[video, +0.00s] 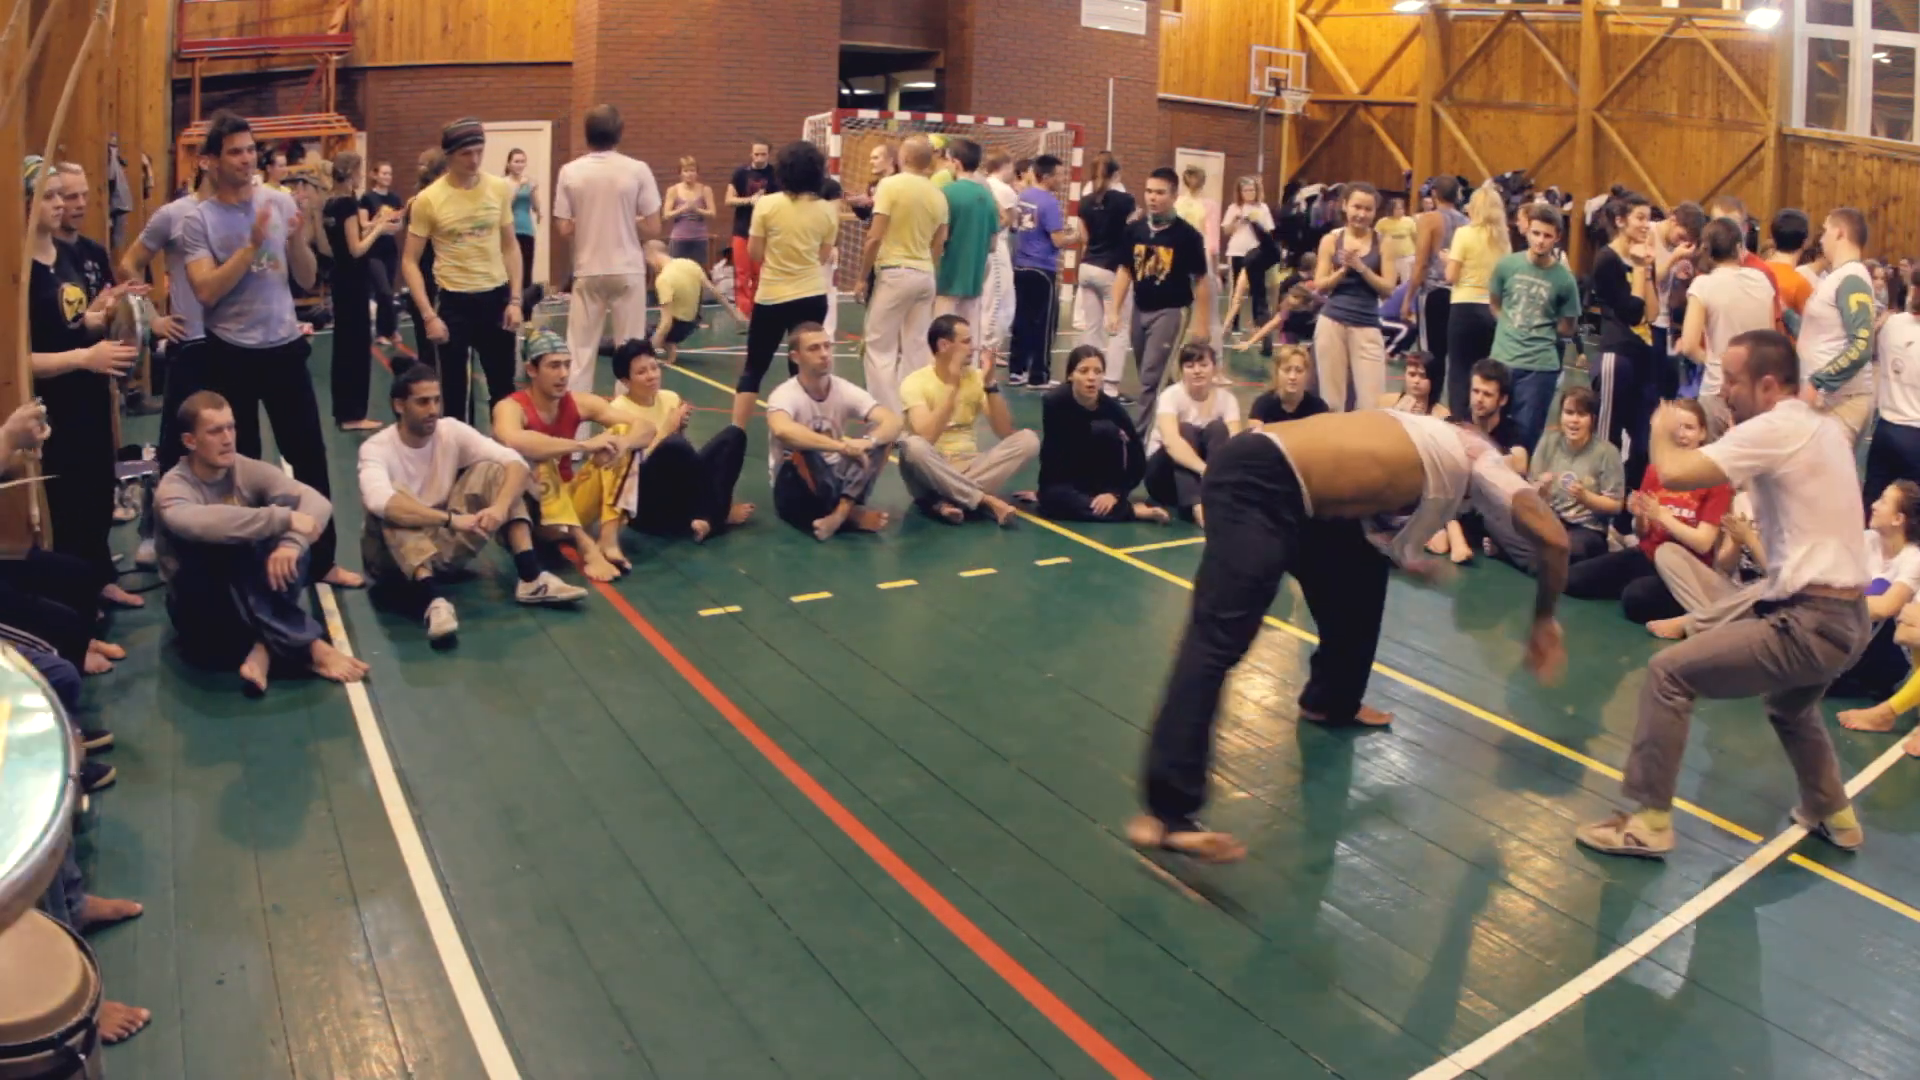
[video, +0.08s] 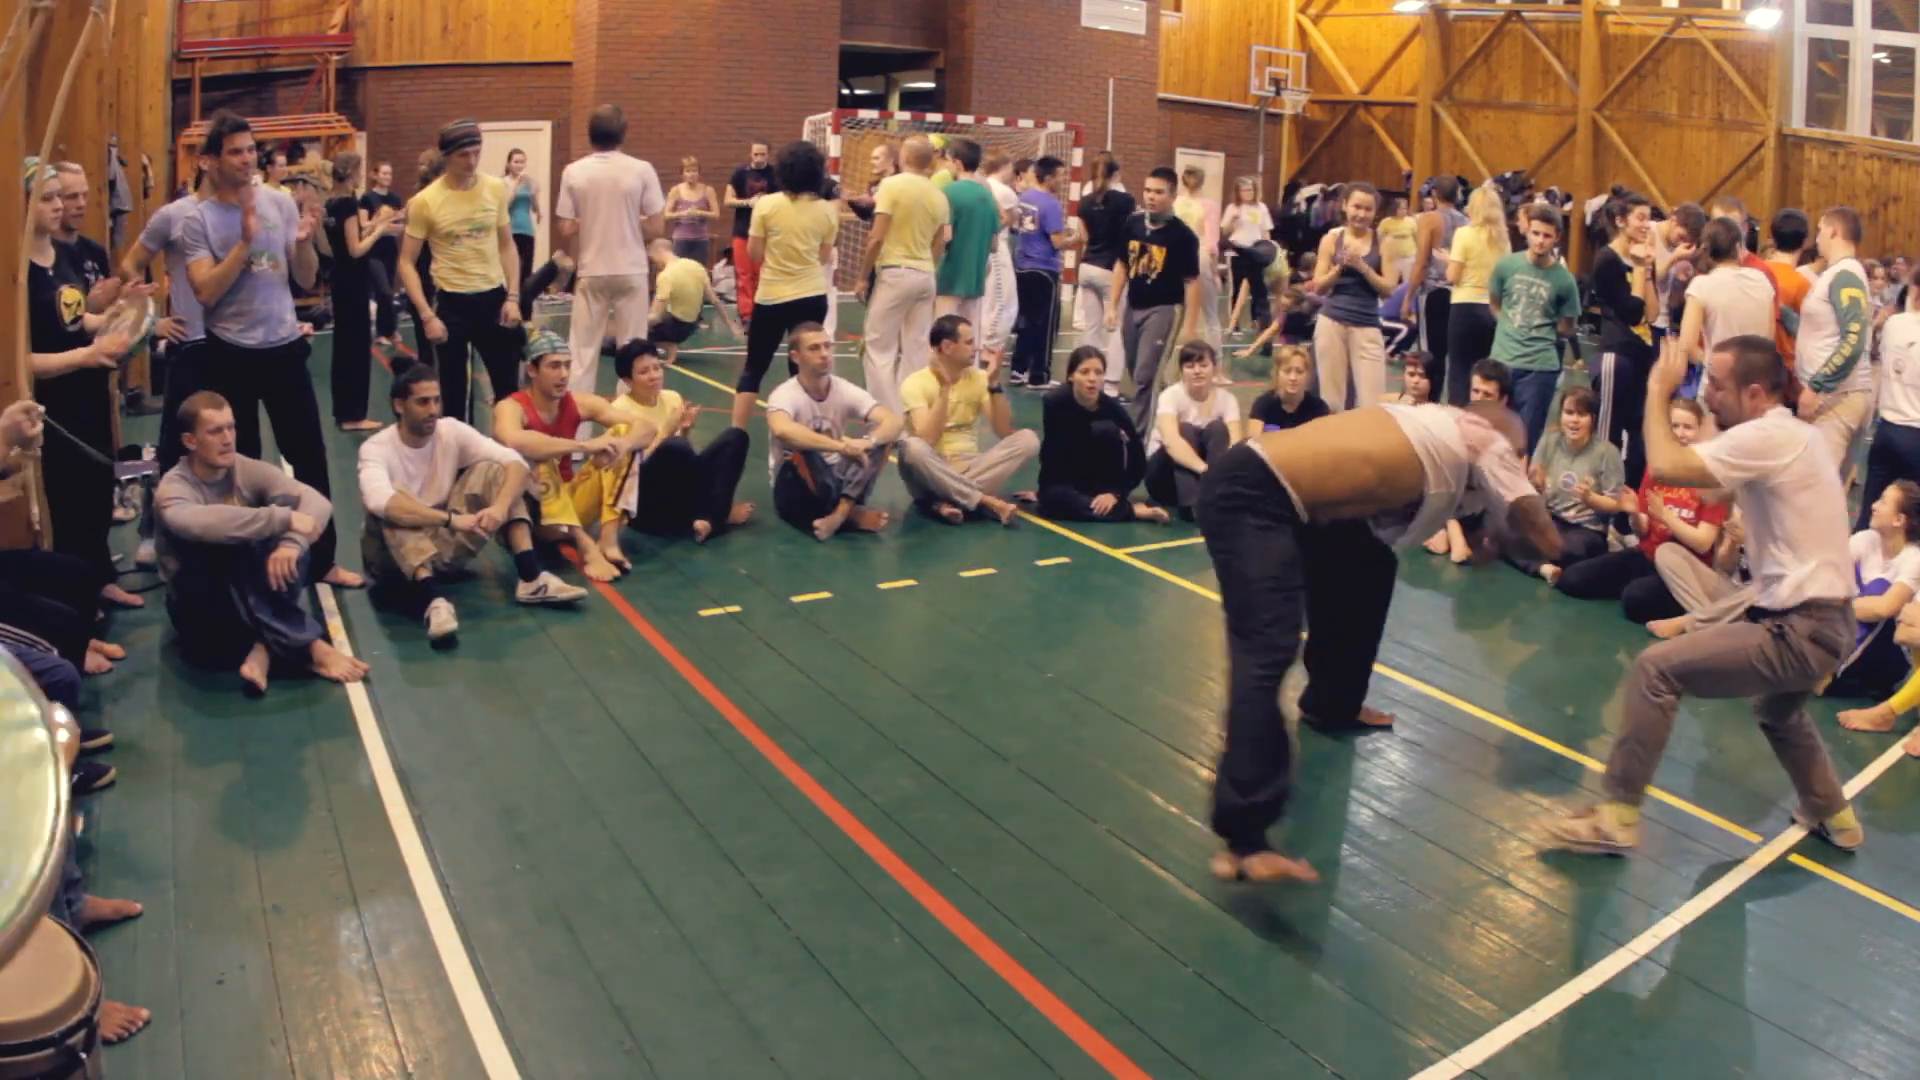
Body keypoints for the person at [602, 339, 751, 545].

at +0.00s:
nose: (651, 376)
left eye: (654, 368)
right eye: (642, 372)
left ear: (660, 369)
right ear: (625, 381)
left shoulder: (670, 399)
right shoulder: (617, 412)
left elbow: (684, 450)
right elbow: (632, 466)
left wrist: (680, 429)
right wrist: (667, 431)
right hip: (647, 512)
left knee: (734, 434)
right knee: (674, 447)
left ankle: (706, 517)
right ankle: (721, 511)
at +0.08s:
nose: (654, 376)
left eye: (656, 368)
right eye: (644, 372)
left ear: (663, 370)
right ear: (628, 380)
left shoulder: (673, 399)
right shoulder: (618, 412)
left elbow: (689, 457)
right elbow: (634, 466)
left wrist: (685, 431)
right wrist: (667, 430)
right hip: (647, 513)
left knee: (736, 436)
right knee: (676, 449)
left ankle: (707, 517)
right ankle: (721, 513)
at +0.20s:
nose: (658, 377)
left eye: (661, 369)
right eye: (648, 372)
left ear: (667, 369)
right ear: (631, 380)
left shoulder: (677, 399)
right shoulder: (621, 411)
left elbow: (690, 457)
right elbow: (633, 468)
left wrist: (691, 432)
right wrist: (665, 432)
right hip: (649, 515)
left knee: (738, 437)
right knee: (675, 449)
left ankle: (707, 518)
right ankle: (720, 514)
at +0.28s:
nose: (661, 377)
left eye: (664, 369)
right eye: (651, 372)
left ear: (669, 369)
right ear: (634, 379)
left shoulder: (679, 398)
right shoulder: (623, 411)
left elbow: (691, 456)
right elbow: (632, 468)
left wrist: (691, 433)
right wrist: (672, 437)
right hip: (649, 514)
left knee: (739, 438)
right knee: (674, 450)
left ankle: (708, 517)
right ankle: (721, 513)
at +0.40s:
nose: (664, 373)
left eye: (668, 367)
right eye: (655, 367)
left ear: (673, 371)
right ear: (637, 376)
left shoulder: (682, 397)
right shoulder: (626, 411)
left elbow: (692, 457)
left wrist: (691, 437)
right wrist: (681, 437)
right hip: (649, 512)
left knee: (741, 438)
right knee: (676, 453)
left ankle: (709, 517)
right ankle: (721, 513)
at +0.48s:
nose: (667, 373)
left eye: (671, 367)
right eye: (659, 367)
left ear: (676, 371)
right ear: (640, 375)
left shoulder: (684, 396)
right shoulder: (628, 408)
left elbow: (692, 459)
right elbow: (639, 464)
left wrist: (693, 439)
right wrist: (681, 437)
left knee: (741, 438)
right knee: (676, 455)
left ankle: (708, 517)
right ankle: (721, 514)